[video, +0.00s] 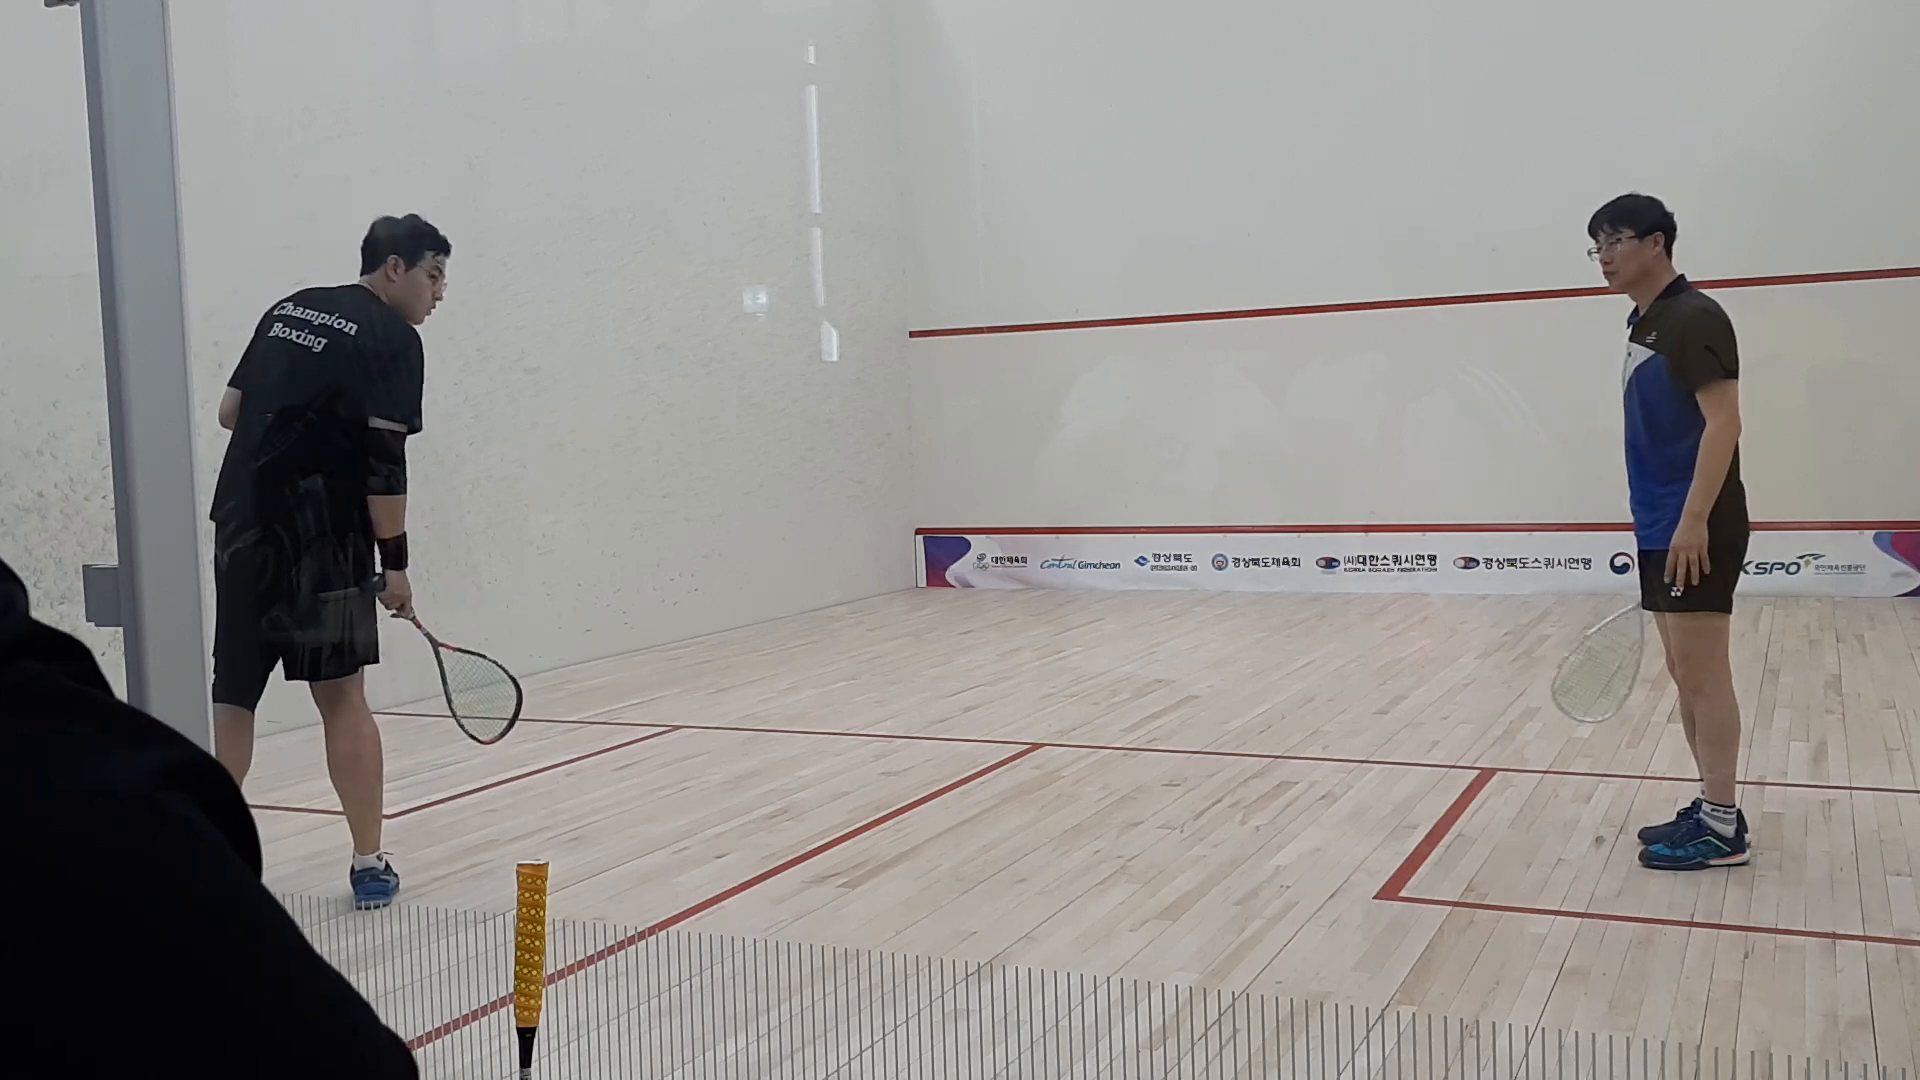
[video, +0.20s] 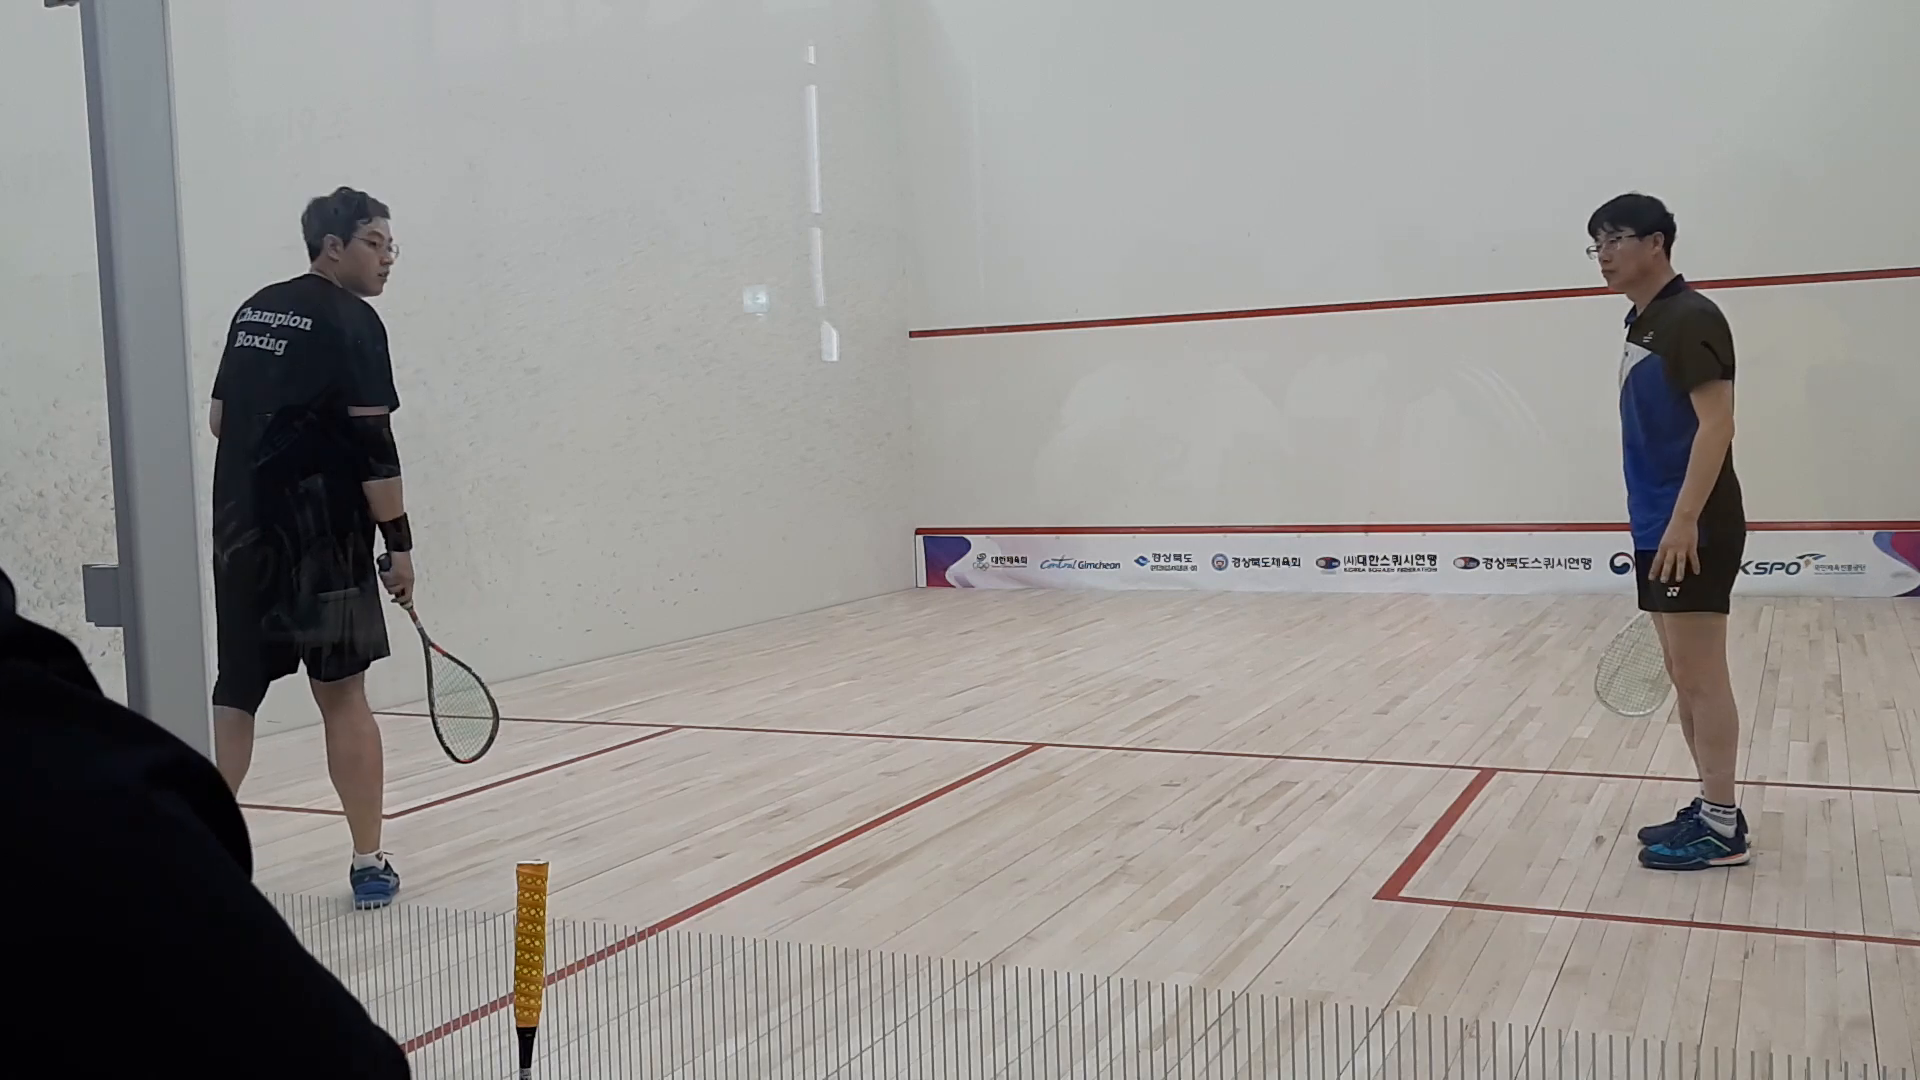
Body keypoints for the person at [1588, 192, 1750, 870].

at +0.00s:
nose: (1602, 257)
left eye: (1613, 243)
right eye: (1597, 248)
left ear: (1656, 244)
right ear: (1614, 256)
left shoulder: (1694, 318)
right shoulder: (1650, 323)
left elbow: (1724, 422)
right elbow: (1667, 436)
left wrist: (1693, 521)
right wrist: (1654, 527)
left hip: (1695, 525)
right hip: (1663, 527)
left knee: (1705, 677)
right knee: (1687, 675)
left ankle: (1723, 822)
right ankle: (1712, 809)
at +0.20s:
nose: (1602, 256)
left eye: (1613, 243)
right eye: (1598, 246)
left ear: (1656, 244)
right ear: (1610, 255)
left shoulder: (1691, 319)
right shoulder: (1646, 322)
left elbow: (1717, 424)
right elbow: (1659, 436)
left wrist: (1684, 520)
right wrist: (1646, 530)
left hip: (1692, 526)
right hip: (1661, 526)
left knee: (1703, 678)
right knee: (1685, 677)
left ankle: (1723, 822)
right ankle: (1712, 809)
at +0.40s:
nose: (1599, 257)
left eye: (1611, 244)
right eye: (1594, 248)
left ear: (1653, 245)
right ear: (1602, 256)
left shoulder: (1687, 321)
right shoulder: (1645, 324)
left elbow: (1715, 426)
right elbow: (1658, 436)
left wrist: (1680, 519)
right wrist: (1644, 529)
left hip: (1689, 527)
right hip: (1662, 527)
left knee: (1690, 677)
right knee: (1683, 675)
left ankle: (1721, 821)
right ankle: (1712, 810)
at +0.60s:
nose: (1598, 251)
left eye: (1612, 238)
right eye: (1593, 243)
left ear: (1652, 247)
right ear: (1594, 257)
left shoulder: (1686, 321)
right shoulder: (1626, 330)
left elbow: (1719, 429)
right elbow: (1619, 429)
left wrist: (1682, 521)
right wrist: (1570, 499)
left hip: (1685, 524)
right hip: (1657, 522)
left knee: (1636, 663)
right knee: (1684, 672)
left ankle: (1701, 805)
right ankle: (1716, 805)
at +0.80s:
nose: (1594, 247)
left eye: (1609, 235)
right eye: (1587, 241)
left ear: (1646, 246)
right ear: (1583, 259)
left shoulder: (1679, 326)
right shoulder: (1603, 343)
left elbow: (1713, 430)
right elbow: (1577, 431)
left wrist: (1693, 527)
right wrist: (1531, 455)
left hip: (1673, 533)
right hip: (1635, 536)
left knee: (1635, 673)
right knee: (1680, 676)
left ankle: (1624, 830)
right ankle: (1718, 806)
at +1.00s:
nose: (1578, 247)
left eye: (1594, 235)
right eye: (1571, 240)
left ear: (1632, 248)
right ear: (1566, 260)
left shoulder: (1663, 329)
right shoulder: (1585, 345)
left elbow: (1699, 434)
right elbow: (1549, 435)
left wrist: (1684, 531)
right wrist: (1505, 444)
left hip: (1645, 540)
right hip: (1612, 539)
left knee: (1613, 681)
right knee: (1664, 679)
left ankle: (1606, 837)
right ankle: (1714, 802)